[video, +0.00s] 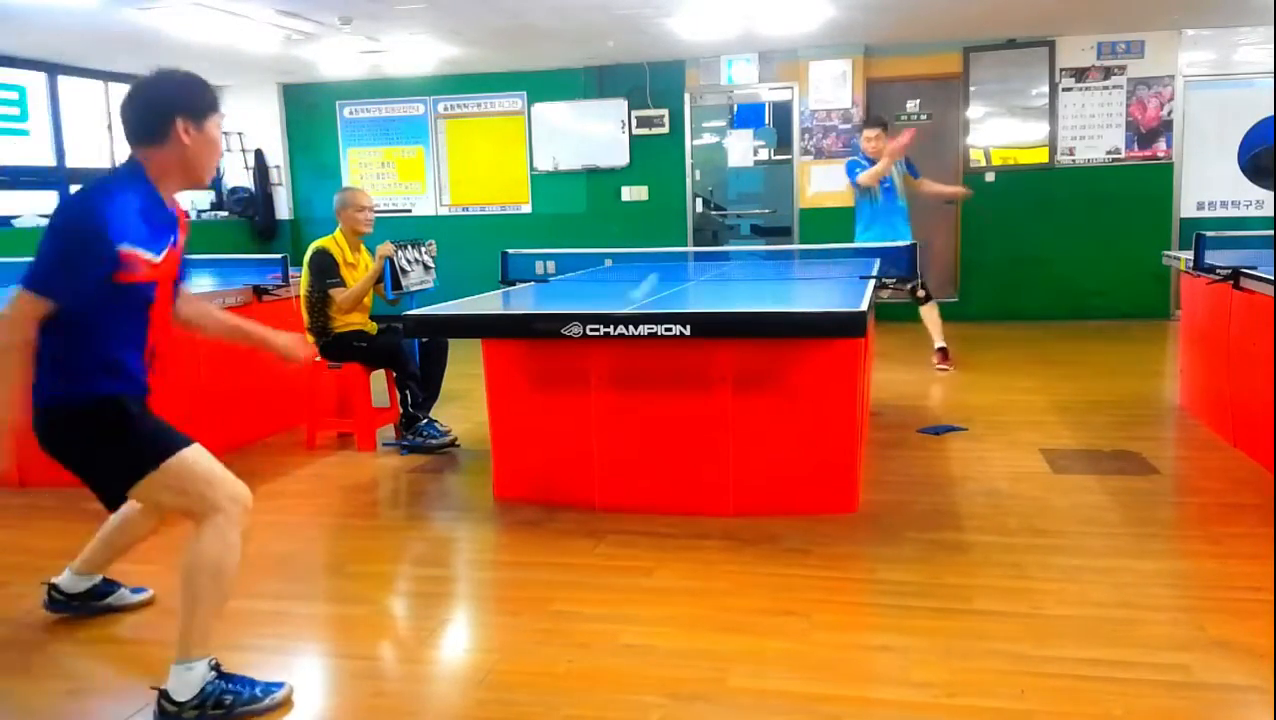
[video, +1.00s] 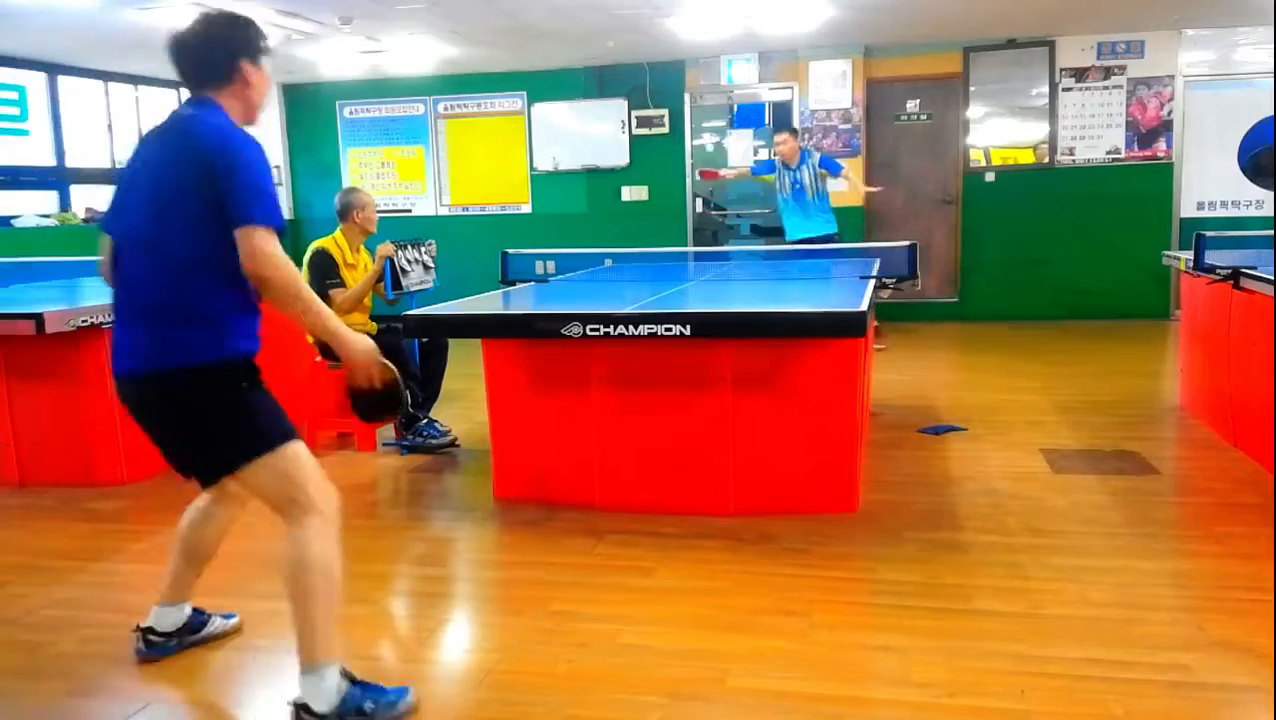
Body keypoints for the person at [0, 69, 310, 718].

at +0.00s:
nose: (221, 145)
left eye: (220, 131)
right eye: (216, 130)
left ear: (175, 134)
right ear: (181, 132)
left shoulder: (169, 218)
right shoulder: (96, 208)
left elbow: (181, 306)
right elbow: (19, 317)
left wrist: (269, 337)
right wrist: (10, 431)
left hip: (115, 402)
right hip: (82, 407)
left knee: (167, 495)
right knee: (227, 502)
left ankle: (74, 584)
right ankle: (191, 680)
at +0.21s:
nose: (197, 118)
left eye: (197, 103)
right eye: (190, 103)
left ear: (148, 109)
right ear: (146, 106)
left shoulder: (159, 196)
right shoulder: (54, 188)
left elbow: (172, 288)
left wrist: (248, 313)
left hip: (110, 380)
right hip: (81, 385)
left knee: (169, 493)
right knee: (219, 498)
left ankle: (77, 581)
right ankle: (189, 682)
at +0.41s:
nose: (124, 62)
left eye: (121, 50)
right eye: (115, 51)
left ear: (59, 62)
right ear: (75, 58)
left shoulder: (19, 133)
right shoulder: (96, 104)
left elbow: (7, 252)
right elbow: (208, 84)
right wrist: (263, 79)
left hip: (51, 345)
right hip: (112, 337)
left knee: (119, 429)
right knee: (216, 490)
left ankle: (54, 552)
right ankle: (110, 631)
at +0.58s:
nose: (108, 121)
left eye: (103, 109)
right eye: (102, 109)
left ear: (32, 126)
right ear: (77, 116)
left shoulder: (6, 197)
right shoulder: (129, 183)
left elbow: (8, 307)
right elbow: (173, 278)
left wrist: (5, 394)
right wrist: (96, 278)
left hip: (45, 400)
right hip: (134, 394)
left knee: (42, 491)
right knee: (256, 501)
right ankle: (262, 642)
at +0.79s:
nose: (158, 80)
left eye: (154, 67)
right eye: (154, 67)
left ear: (89, 78)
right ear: (133, 72)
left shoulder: (50, 160)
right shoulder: (162, 141)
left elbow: (10, 262)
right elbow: (234, 229)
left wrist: (44, 337)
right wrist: (269, 295)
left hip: (99, 367)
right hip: (181, 362)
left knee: (92, 479)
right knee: (288, 481)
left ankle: (15, 598)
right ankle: (265, 644)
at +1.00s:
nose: (269, 80)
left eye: (265, 66)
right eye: (264, 66)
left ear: (197, 76)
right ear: (243, 72)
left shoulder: (153, 147)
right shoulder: (234, 147)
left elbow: (113, 260)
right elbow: (262, 261)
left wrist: (185, 304)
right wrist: (341, 337)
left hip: (145, 369)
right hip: (204, 369)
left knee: (232, 484)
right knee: (314, 503)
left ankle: (167, 619)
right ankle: (323, 687)